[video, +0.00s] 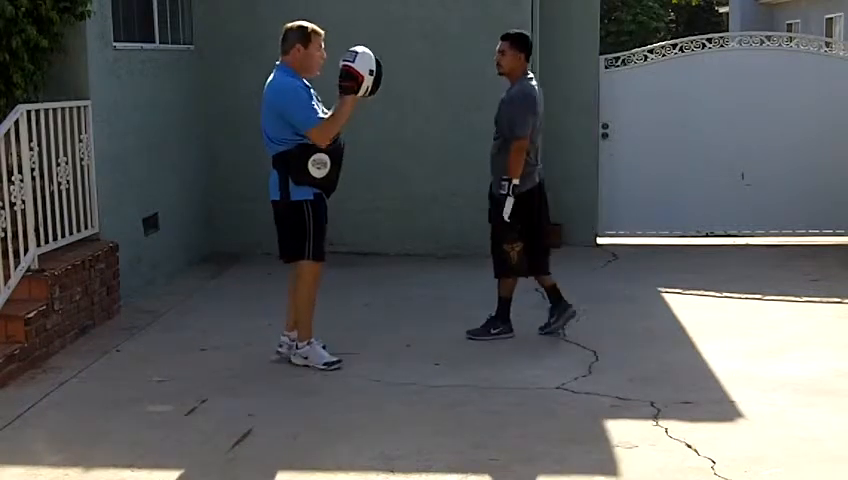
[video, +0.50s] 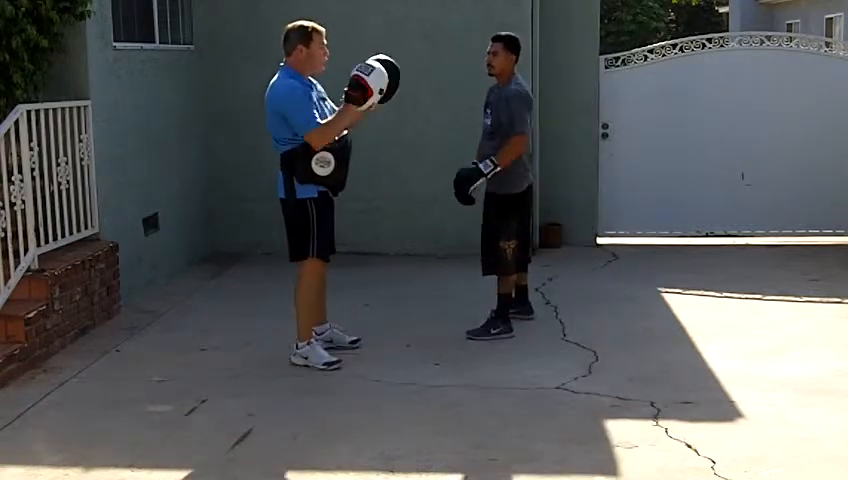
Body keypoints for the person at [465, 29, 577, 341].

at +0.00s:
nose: (497, 58)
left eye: (503, 53)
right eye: (498, 52)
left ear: (521, 58)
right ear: (517, 59)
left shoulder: (521, 94)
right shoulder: (525, 87)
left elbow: (520, 145)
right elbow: (522, 142)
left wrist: (509, 189)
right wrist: (511, 179)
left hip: (512, 189)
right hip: (527, 187)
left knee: (506, 254)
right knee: (532, 249)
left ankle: (501, 319)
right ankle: (559, 305)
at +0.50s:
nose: (488, 58)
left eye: (494, 54)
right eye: (488, 53)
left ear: (512, 59)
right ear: (492, 59)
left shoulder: (516, 93)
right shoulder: (496, 91)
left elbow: (519, 143)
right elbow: (492, 140)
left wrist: (482, 170)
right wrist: (474, 173)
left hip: (511, 186)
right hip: (504, 184)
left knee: (503, 250)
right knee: (516, 244)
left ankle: (501, 318)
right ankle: (521, 300)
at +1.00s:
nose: (498, 57)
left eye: (505, 53)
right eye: (499, 52)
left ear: (522, 58)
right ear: (503, 57)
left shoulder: (531, 93)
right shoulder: (498, 91)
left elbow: (541, 139)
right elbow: (495, 132)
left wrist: (506, 163)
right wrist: (484, 158)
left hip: (526, 186)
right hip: (504, 184)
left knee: (528, 248)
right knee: (511, 245)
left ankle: (532, 316)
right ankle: (521, 300)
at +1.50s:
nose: (510, 56)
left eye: (517, 52)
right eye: (511, 51)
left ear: (535, 58)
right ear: (514, 58)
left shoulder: (545, 95)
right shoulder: (514, 91)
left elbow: (546, 146)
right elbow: (517, 132)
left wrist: (504, 147)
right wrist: (495, 138)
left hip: (542, 187)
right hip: (522, 186)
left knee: (539, 249)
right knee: (527, 246)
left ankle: (534, 315)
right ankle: (548, 295)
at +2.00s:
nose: (523, 59)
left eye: (528, 54)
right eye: (523, 54)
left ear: (546, 58)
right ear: (534, 59)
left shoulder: (559, 93)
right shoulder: (532, 93)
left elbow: (566, 142)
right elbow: (530, 128)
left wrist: (529, 148)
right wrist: (516, 141)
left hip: (556, 186)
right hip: (539, 184)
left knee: (544, 250)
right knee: (556, 246)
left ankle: (534, 314)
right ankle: (564, 303)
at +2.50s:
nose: (526, 59)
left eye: (532, 54)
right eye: (526, 54)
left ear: (549, 57)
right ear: (539, 58)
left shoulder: (553, 92)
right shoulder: (541, 88)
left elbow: (553, 140)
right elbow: (525, 131)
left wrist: (521, 142)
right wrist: (514, 103)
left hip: (548, 184)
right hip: (548, 181)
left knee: (542, 248)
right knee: (559, 243)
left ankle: (535, 313)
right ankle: (564, 303)